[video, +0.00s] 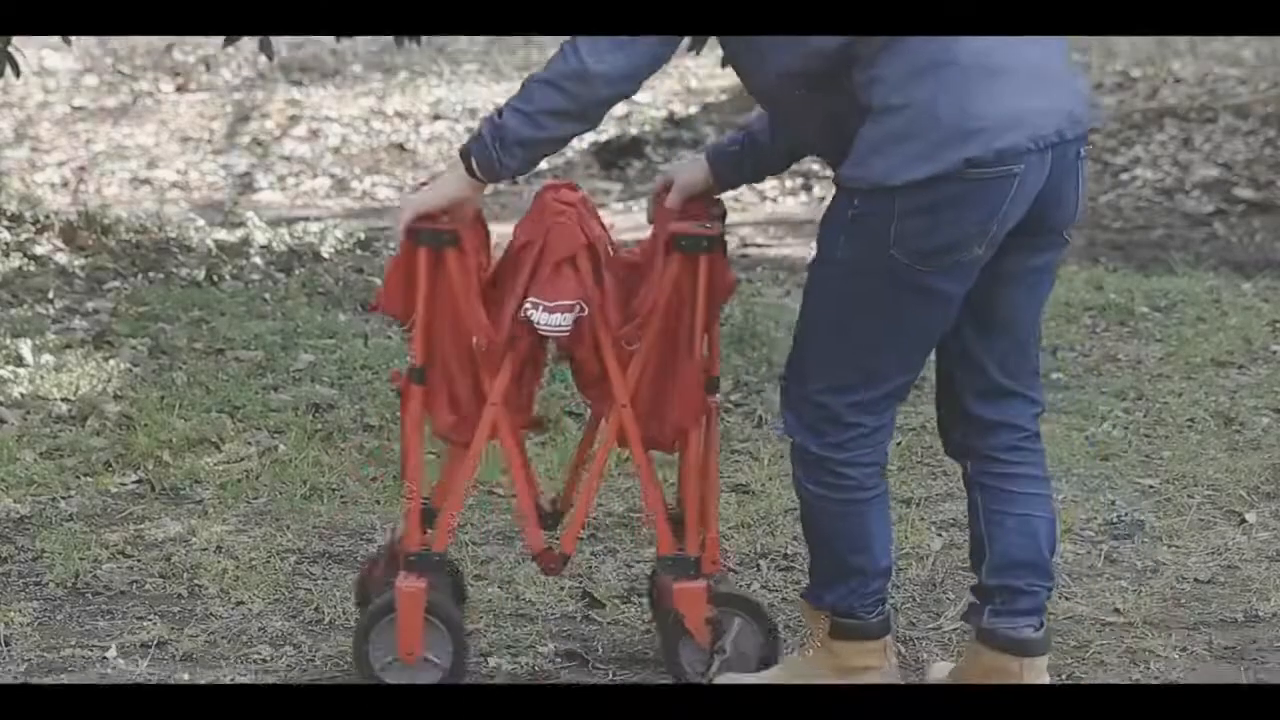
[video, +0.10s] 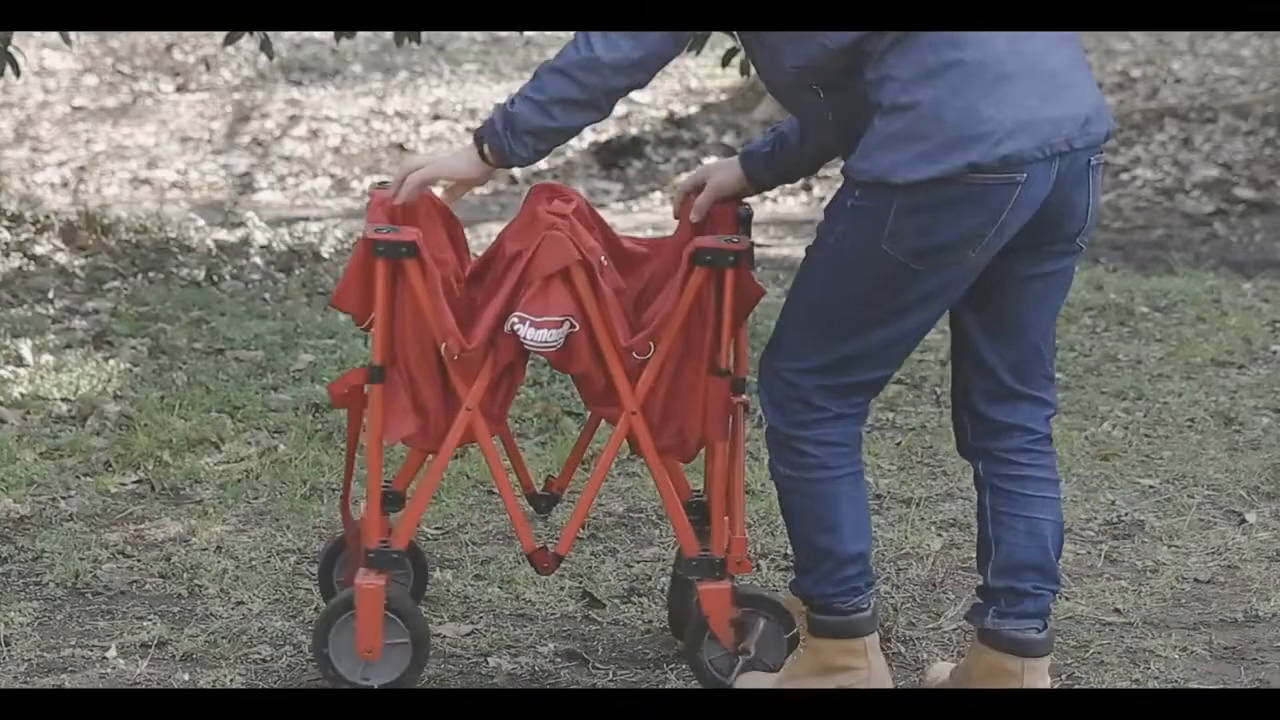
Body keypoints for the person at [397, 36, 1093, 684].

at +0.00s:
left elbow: (602, 66)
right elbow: (844, 92)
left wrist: (472, 171)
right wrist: (717, 167)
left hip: (932, 150)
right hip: (1056, 133)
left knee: (836, 414)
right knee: (1000, 416)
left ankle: (852, 650)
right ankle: (1010, 655)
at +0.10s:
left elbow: (617, 54)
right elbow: (877, 93)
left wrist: (483, 153)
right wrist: (750, 168)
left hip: (946, 151)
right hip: (1073, 140)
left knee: (809, 388)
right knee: (1012, 416)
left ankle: (838, 650)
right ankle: (1012, 660)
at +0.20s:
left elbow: (632, 51)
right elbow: (891, 87)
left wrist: (555, 144)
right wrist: (777, 166)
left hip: (932, 147)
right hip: (1065, 140)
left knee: (804, 394)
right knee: (1017, 423)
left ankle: (845, 652)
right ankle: (1013, 663)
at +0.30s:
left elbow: (631, 55)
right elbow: (942, 67)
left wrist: (567, 180)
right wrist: (814, 163)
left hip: (924, 143)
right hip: (1058, 135)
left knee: (810, 396)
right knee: (1026, 421)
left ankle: (831, 655)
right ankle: (1012, 664)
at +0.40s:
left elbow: (623, 74)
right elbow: (949, 66)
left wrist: (562, 196)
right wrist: (814, 168)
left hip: (912, 152)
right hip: (1049, 143)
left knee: (809, 418)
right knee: (1031, 433)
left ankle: (795, 667)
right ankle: (1013, 667)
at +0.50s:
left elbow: (598, 101)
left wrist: (560, 232)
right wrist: (808, 160)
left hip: (883, 154)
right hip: (1025, 143)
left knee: (797, 434)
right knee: (1021, 432)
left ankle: (783, 672)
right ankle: (1018, 664)